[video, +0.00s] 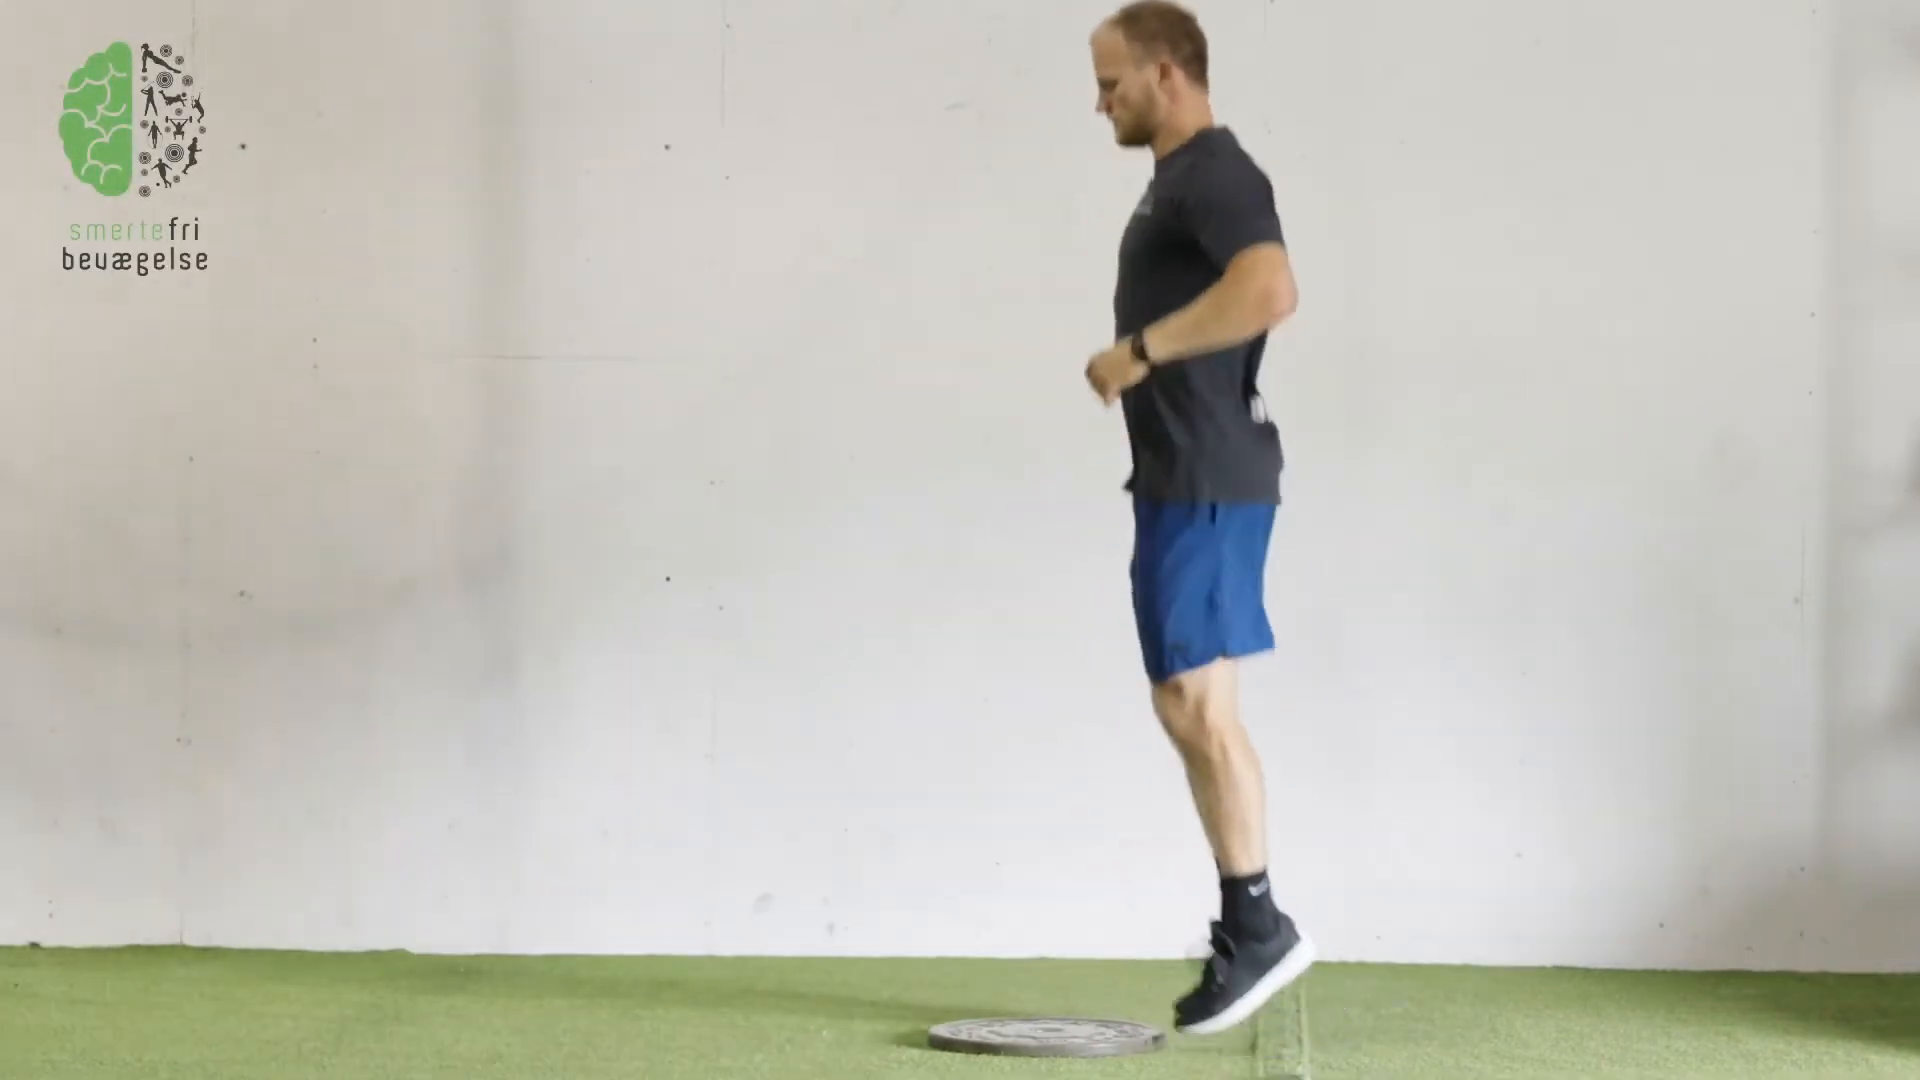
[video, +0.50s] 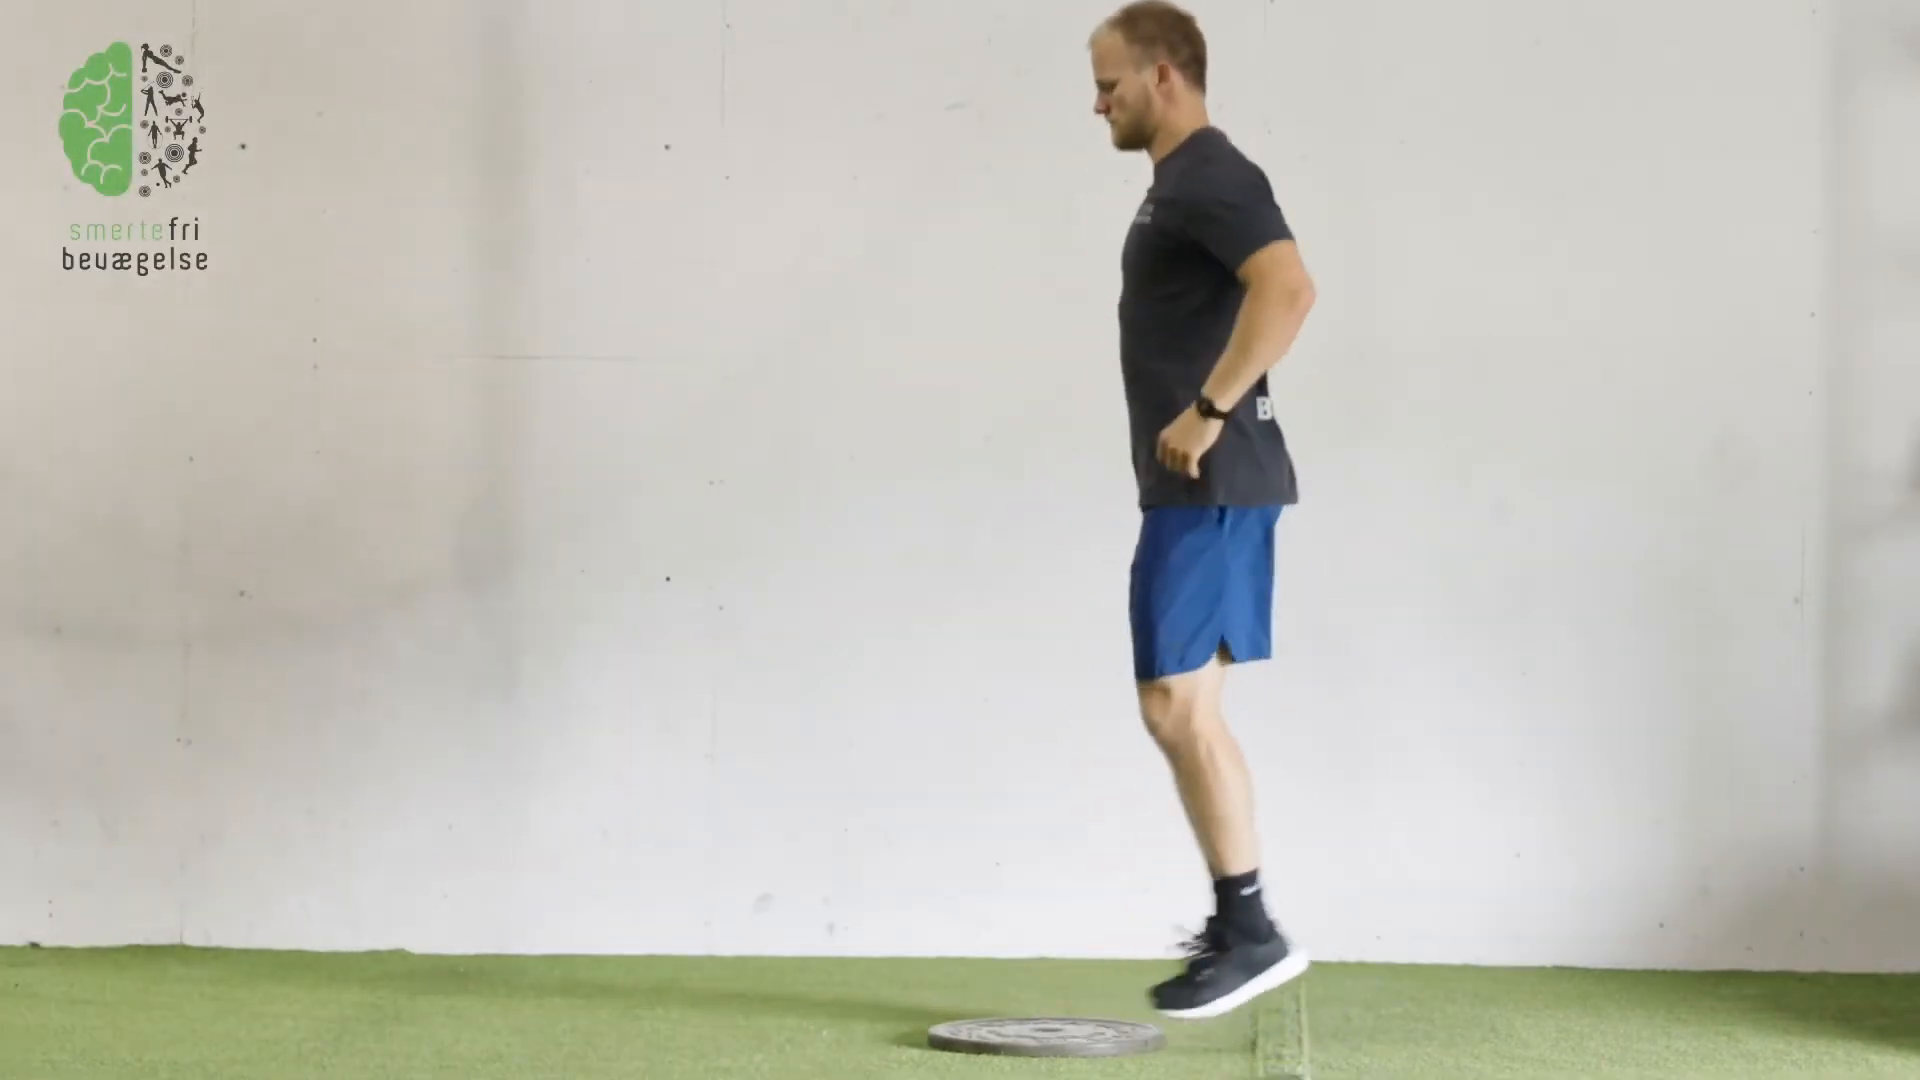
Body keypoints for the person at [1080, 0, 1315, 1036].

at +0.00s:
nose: (1100, 103)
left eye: (1110, 83)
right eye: (1098, 85)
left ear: (1168, 76)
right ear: (1160, 79)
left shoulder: (1213, 168)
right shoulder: (1190, 172)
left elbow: (1266, 290)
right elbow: (1250, 296)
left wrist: (1141, 350)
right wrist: (1147, 358)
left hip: (1206, 486)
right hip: (1186, 486)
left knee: (1196, 704)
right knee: (1190, 705)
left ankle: (1254, 927)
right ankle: (1248, 925)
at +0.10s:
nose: (1095, 80)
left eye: (1102, 59)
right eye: (1092, 63)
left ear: (1160, 51)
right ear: (1157, 55)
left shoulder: (1208, 145)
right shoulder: (1183, 151)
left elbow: (1269, 265)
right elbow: (1263, 274)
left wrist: (1141, 326)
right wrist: (1147, 335)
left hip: (1196, 467)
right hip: (1174, 465)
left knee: (1173, 683)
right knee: (1160, 683)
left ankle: (1207, 910)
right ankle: (1202, 907)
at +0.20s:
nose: (1091, 109)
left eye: (1100, 89)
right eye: (1090, 91)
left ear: (1157, 80)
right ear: (1154, 83)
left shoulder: (1207, 175)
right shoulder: (1177, 181)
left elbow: (1260, 301)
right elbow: (1233, 312)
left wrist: (1138, 375)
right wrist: (1137, 383)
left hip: (1191, 494)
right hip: (1165, 489)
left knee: (1150, 709)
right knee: (1140, 711)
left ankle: (1184, 946)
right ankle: (1180, 941)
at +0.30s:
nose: (1094, 178)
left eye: (1104, 159)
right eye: (1093, 160)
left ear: (1160, 153)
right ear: (1160, 157)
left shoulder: (1203, 257)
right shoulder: (1177, 256)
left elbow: (1249, 397)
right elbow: (1237, 403)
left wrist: (1136, 490)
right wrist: (1139, 499)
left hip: (1177, 569)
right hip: (1181, 565)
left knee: (1108, 775)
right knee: (1117, 773)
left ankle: (1194, 989)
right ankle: (1188, 983)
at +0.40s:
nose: (1095, 148)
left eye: (1104, 129)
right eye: (1094, 130)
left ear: (1159, 122)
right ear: (1156, 127)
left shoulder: (1206, 224)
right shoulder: (1178, 226)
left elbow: (1260, 362)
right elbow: (1249, 369)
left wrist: (1166, 475)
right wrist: (1156, 479)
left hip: (1192, 533)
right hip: (1175, 530)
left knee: (1151, 741)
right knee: (1142, 741)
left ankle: (1193, 971)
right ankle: (1188, 966)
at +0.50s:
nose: (1098, 104)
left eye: (1108, 85)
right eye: (1096, 87)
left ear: (1164, 76)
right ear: (1161, 81)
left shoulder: (1208, 172)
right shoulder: (1185, 178)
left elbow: (1285, 291)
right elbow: (1264, 297)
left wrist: (1207, 409)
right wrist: (1192, 415)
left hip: (1209, 486)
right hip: (1196, 483)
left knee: (1180, 703)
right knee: (1181, 704)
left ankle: (1247, 931)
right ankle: (1239, 925)